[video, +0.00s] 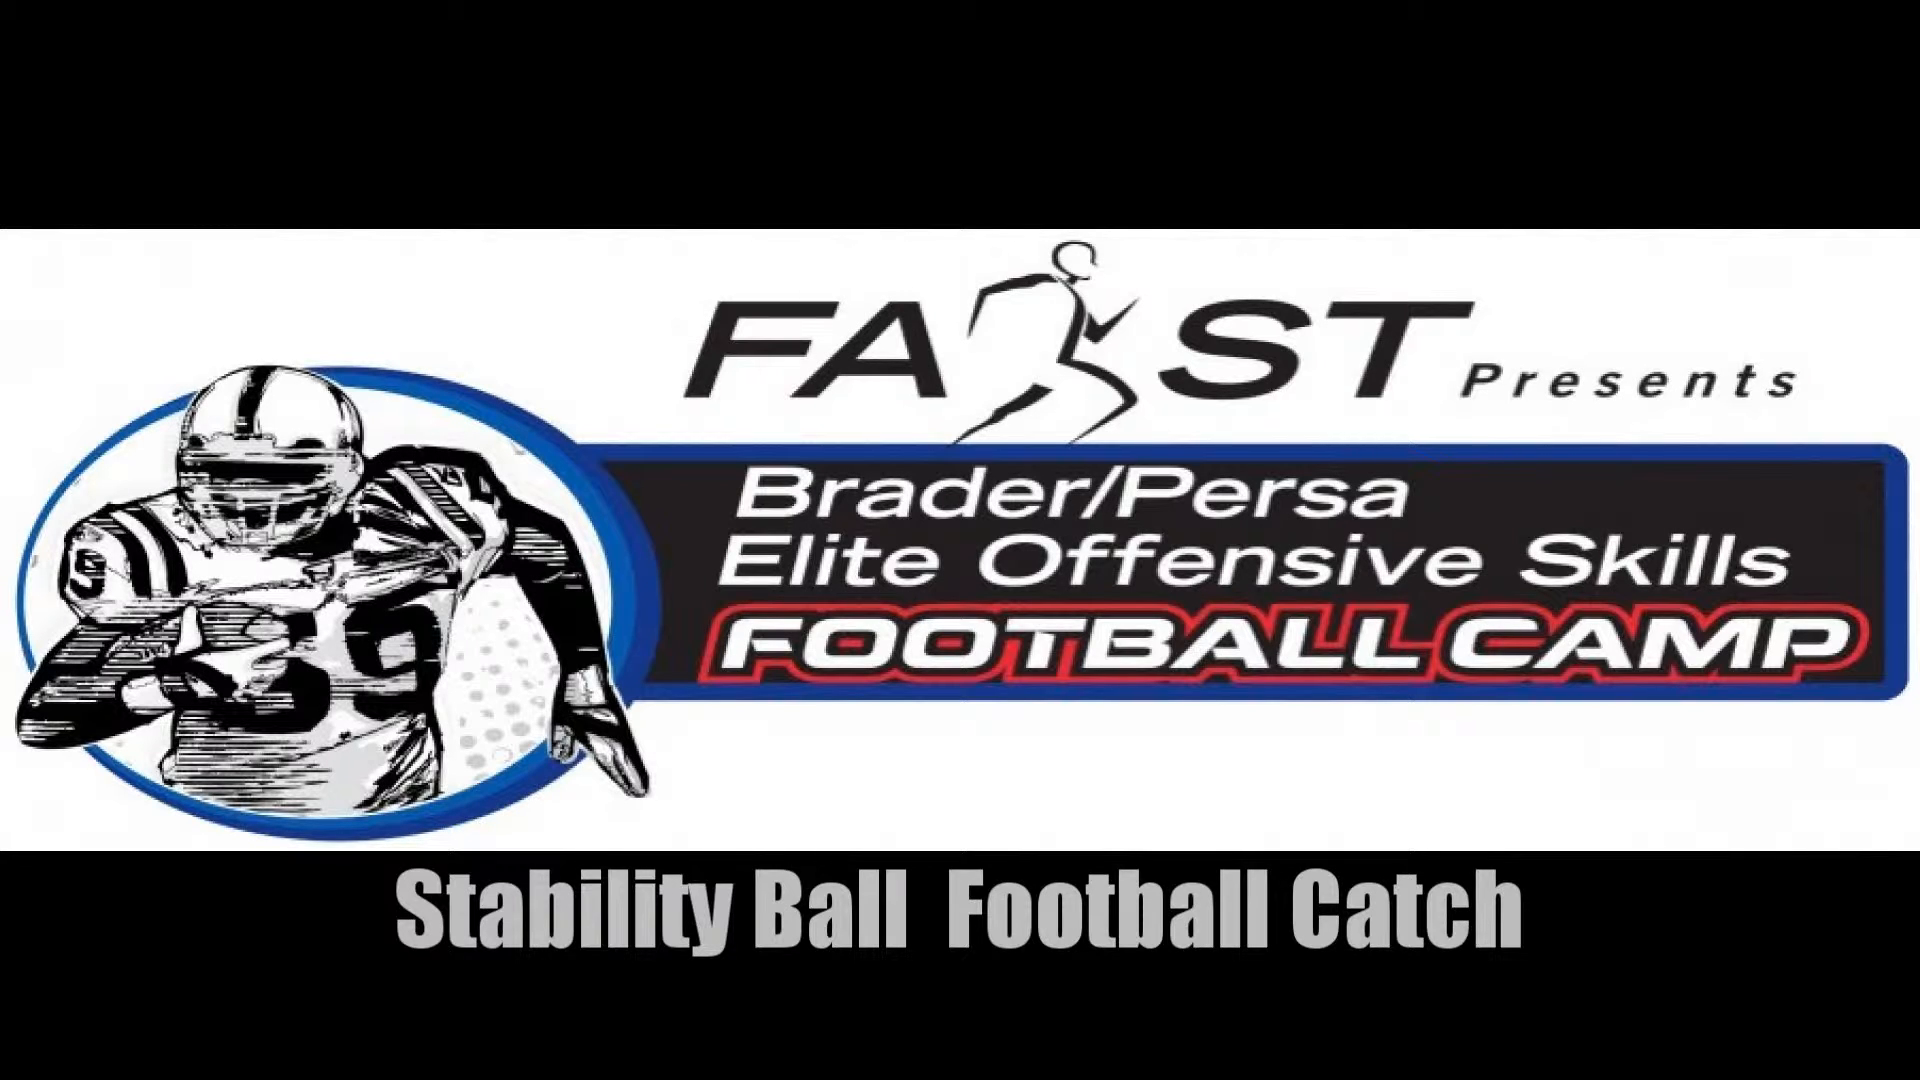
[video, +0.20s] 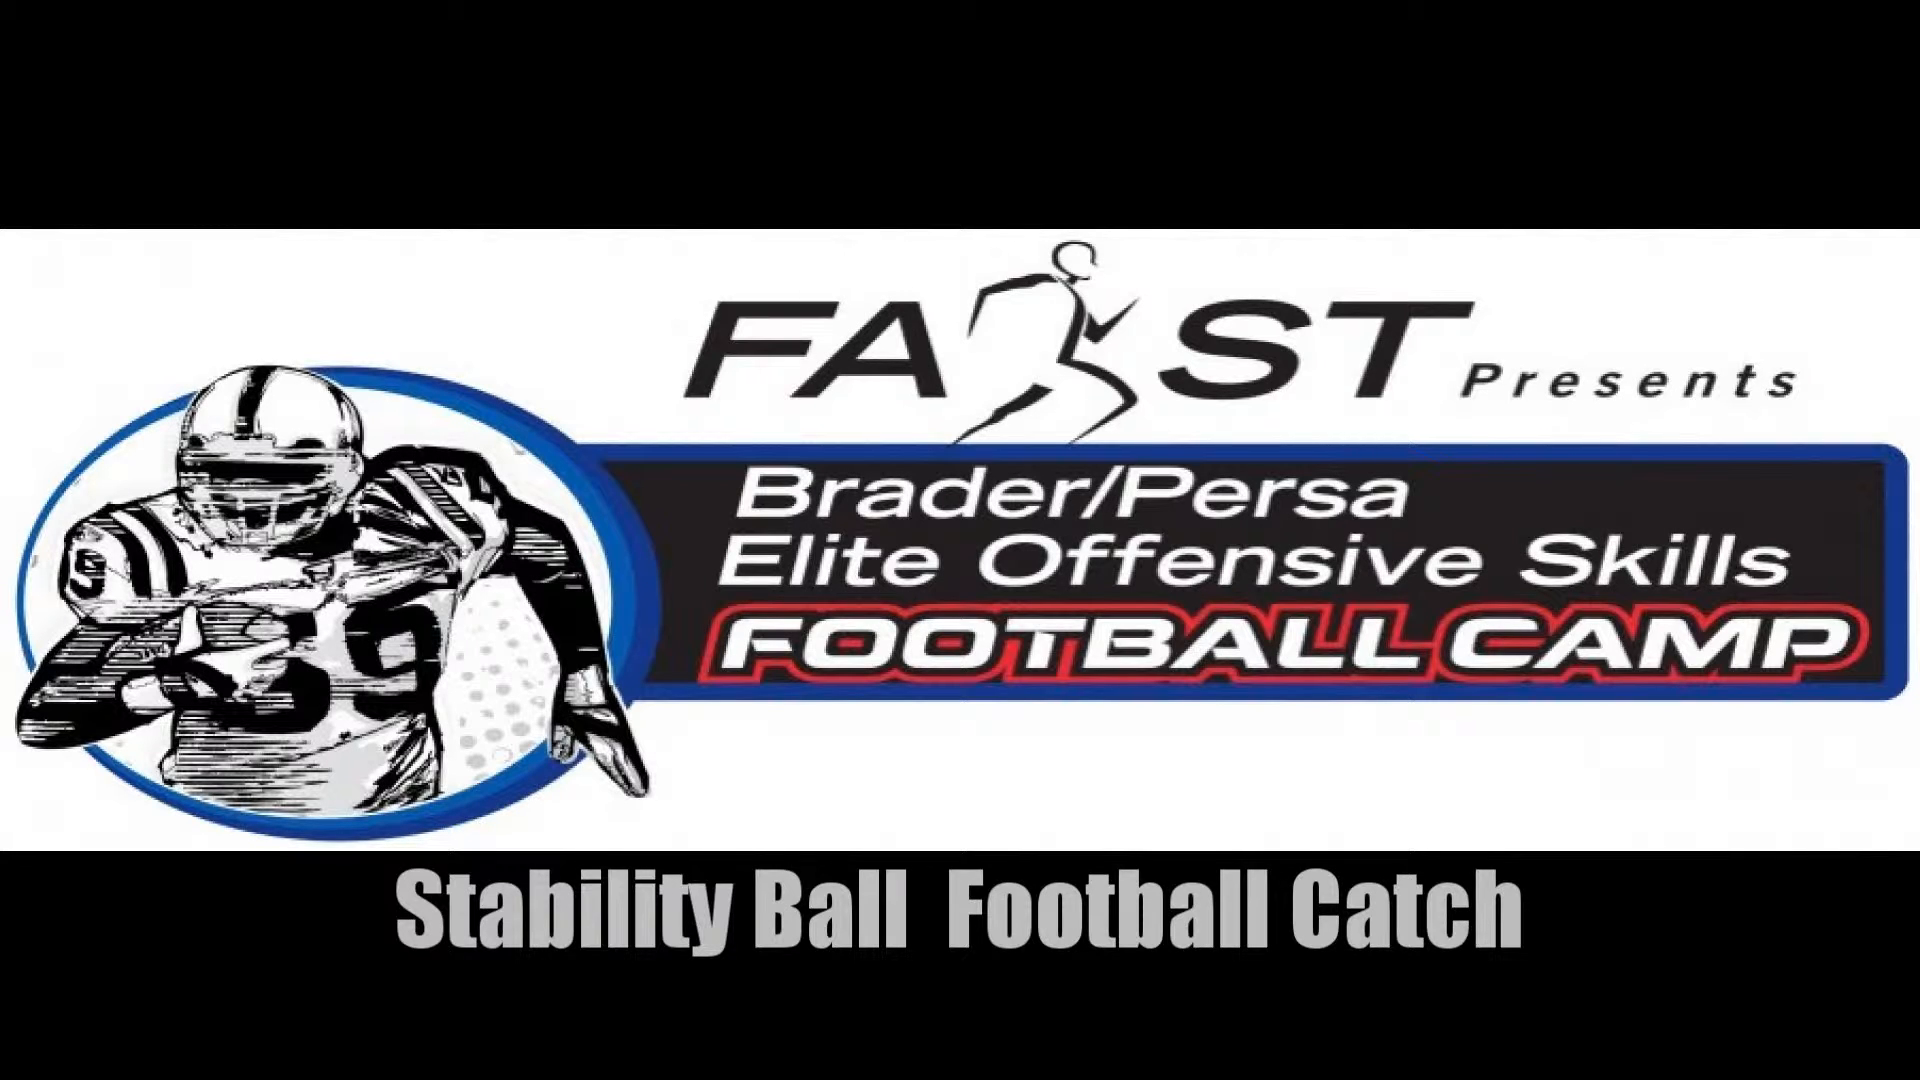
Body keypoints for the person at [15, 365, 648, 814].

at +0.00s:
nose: (248, 518)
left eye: (277, 496)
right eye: (227, 494)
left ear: (336, 482)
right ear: (194, 480)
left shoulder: (427, 510)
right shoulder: (140, 549)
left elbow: (544, 546)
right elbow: (43, 716)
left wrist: (585, 670)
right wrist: (178, 683)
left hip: (388, 811)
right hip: (219, 815)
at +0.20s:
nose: (252, 515)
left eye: (280, 494)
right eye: (229, 492)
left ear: (336, 480)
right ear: (194, 479)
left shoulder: (425, 508)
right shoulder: (142, 549)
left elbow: (546, 548)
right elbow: (43, 716)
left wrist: (585, 671)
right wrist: (175, 683)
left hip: (386, 814)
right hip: (218, 816)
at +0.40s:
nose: (252, 515)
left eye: (280, 494)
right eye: (229, 492)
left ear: (336, 480)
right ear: (194, 479)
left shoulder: (425, 508)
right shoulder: (142, 549)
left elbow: (546, 548)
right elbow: (43, 716)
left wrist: (585, 671)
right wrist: (175, 683)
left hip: (386, 814)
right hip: (218, 816)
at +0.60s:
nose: (248, 518)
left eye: (277, 496)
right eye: (227, 494)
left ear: (336, 482)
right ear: (194, 480)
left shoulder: (427, 510)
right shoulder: (140, 549)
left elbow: (544, 546)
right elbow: (43, 716)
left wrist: (585, 670)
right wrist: (178, 683)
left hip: (388, 812)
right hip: (219, 815)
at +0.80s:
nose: (248, 518)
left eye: (277, 496)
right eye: (227, 494)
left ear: (336, 482)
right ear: (194, 480)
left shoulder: (427, 510)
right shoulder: (140, 549)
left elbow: (544, 546)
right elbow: (43, 715)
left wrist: (585, 670)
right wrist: (178, 683)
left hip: (388, 812)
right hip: (219, 815)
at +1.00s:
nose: (252, 515)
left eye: (280, 493)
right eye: (229, 492)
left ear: (336, 480)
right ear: (194, 479)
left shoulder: (426, 508)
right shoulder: (142, 549)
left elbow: (546, 548)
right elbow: (43, 716)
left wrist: (585, 671)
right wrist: (175, 683)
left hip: (387, 812)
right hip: (218, 815)